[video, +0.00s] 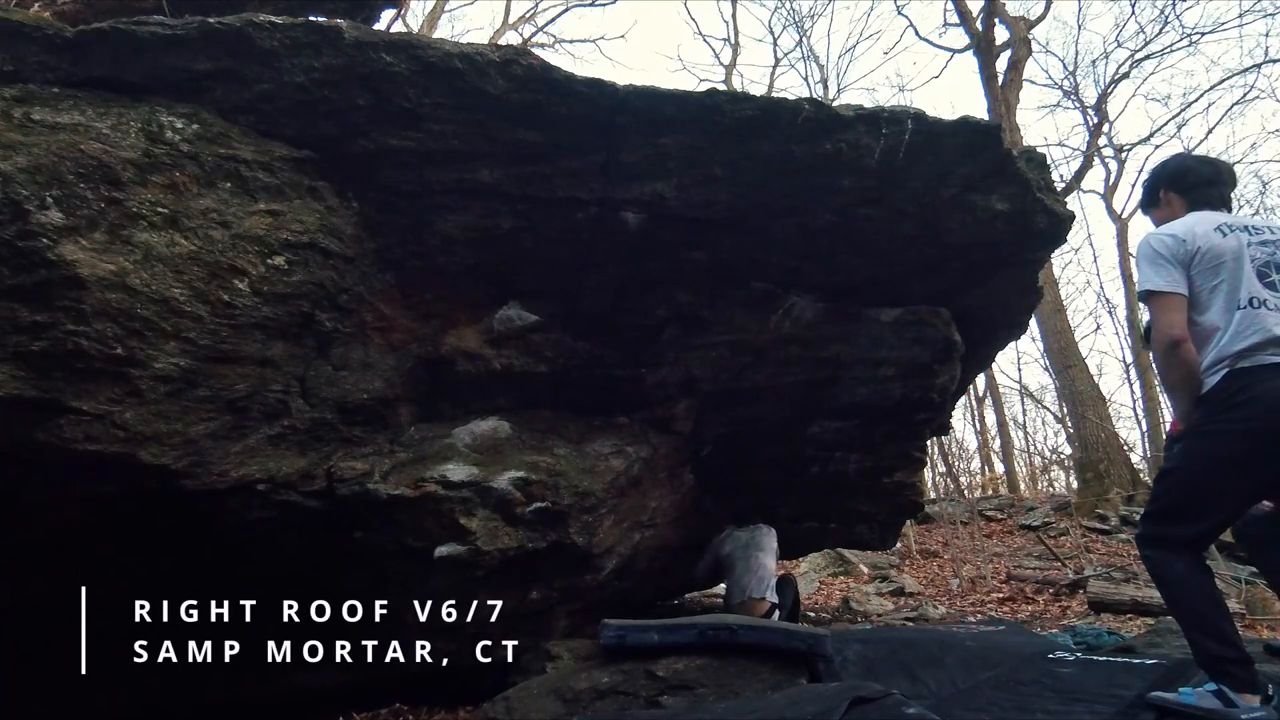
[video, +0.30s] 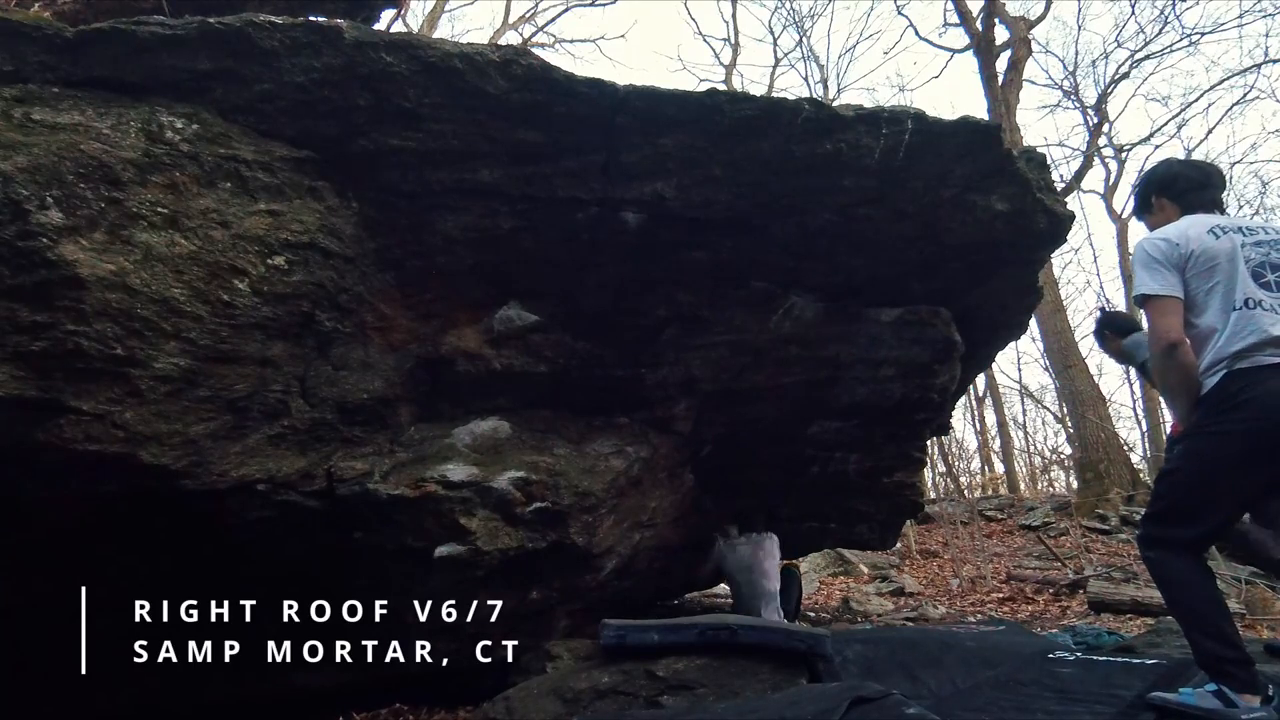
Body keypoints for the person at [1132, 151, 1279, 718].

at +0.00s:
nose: (1153, 220)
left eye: (1154, 210)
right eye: (1152, 212)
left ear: (1170, 201)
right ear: (1222, 197)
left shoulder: (1167, 238)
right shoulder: (1267, 228)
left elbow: (1172, 338)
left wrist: (1186, 415)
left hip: (1249, 393)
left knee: (1166, 536)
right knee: (1253, 523)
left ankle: (1235, 684)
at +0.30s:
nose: (1148, 224)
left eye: (1146, 215)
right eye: (1145, 216)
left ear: (1163, 205)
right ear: (1215, 200)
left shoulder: (1162, 241)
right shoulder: (1265, 231)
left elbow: (1170, 343)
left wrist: (1186, 420)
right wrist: (1140, 350)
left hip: (1247, 392)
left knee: (1166, 537)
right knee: (1232, 523)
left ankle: (1236, 684)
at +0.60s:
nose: (1144, 227)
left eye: (1145, 216)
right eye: (1143, 218)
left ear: (1164, 204)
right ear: (1209, 203)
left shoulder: (1163, 242)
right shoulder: (1263, 232)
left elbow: (1170, 343)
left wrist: (1186, 417)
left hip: (1252, 390)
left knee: (1165, 535)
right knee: (1227, 522)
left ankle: (1236, 685)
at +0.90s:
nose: (1148, 226)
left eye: (1146, 217)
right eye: (1145, 218)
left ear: (1161, 210)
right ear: (1214, 203)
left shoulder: (1162, 244)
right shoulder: (1265, 233)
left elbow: (1171, 344)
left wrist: (1188, 421)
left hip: (1254, 394)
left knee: (1165, 533)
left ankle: (1237, 685)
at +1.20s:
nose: (1148, 225)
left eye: (1148, 217)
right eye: (1146, 217)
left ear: (1164, 211)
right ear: (1215, 206)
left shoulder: (1162, 246)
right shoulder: (1266, 234)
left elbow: (1170, 344)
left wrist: (1186, 422)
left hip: (1252, 396)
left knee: (1166, 541)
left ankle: (1235, 683)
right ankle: (1234, 678)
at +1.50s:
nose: (1149, 228)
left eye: (1149, 218)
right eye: (1148, 219)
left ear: (1166, 210)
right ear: (1218, 206)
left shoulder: (1164, 246)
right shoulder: (1267, 236)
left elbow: (1170, 345)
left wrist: (1184, 421)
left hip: (1252, 397)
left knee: (1166, 538)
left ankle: (1236, 683)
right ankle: (1236, 680)